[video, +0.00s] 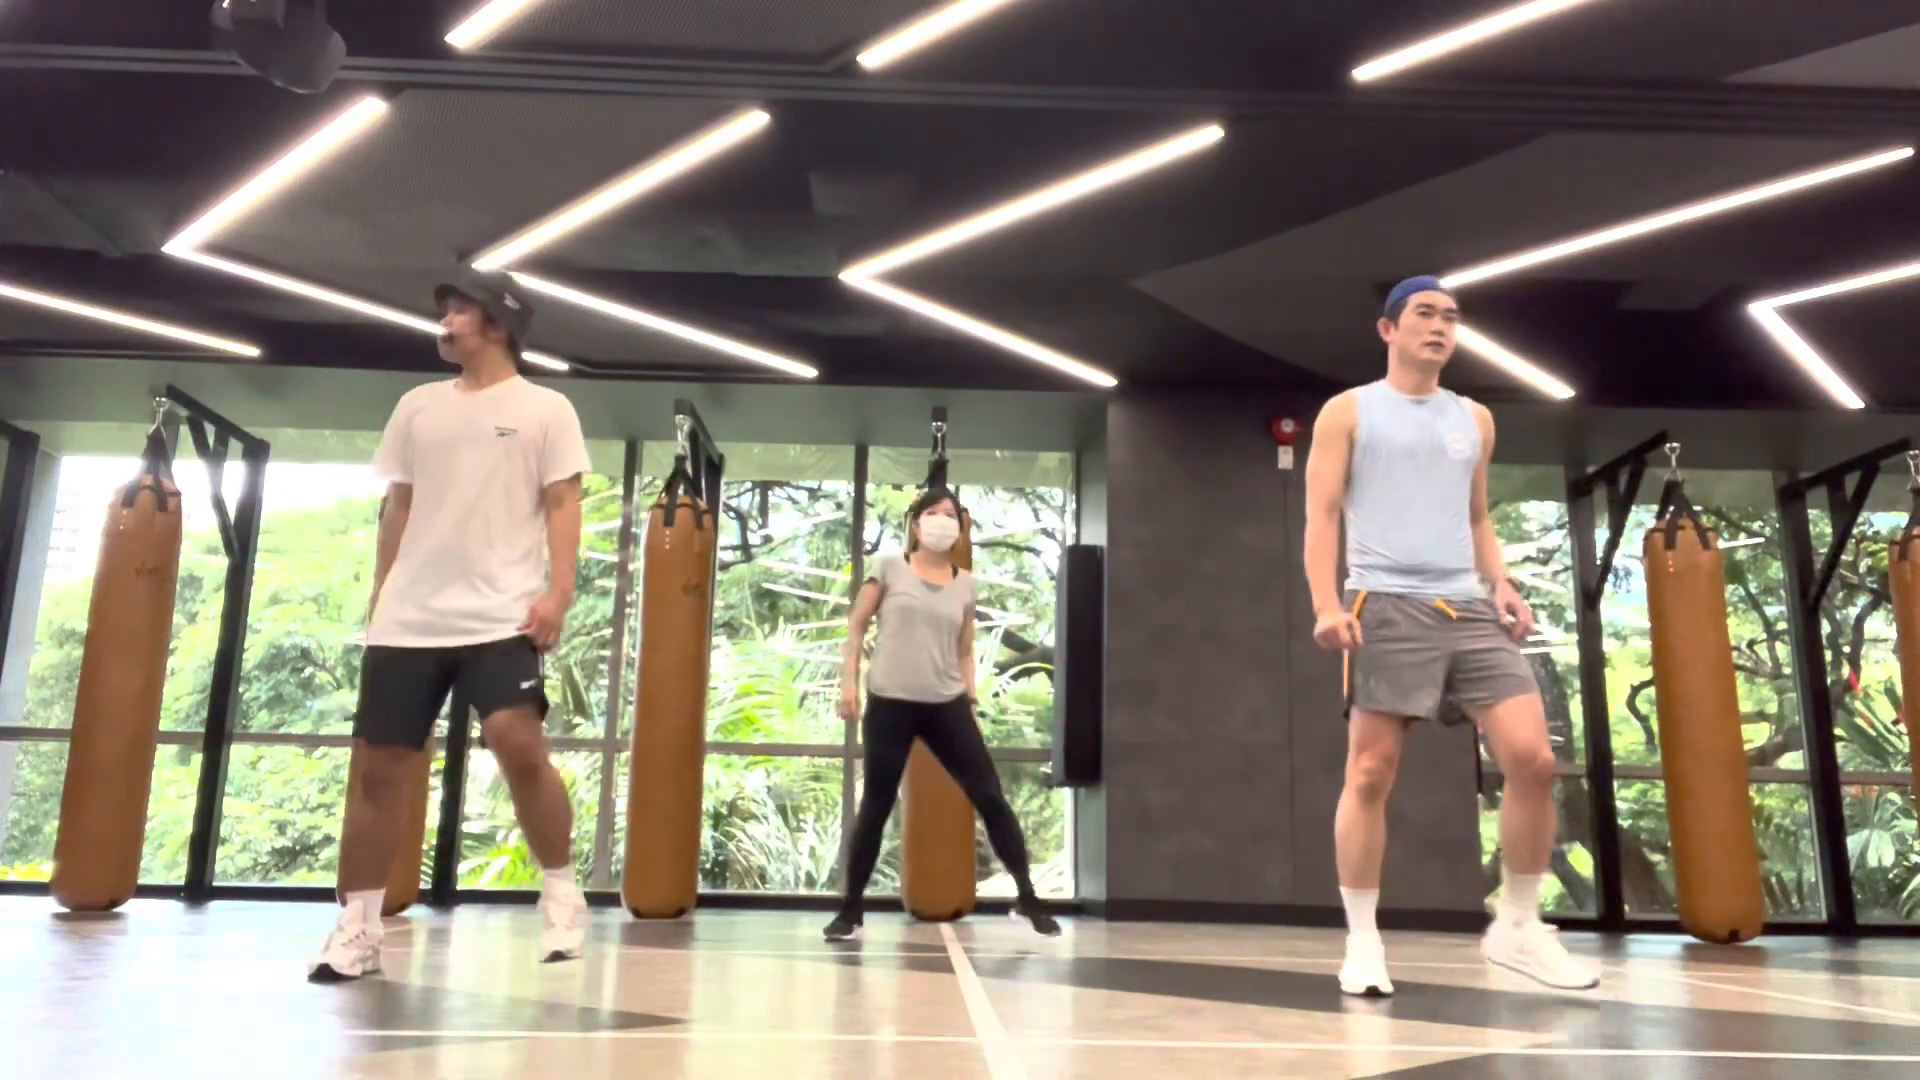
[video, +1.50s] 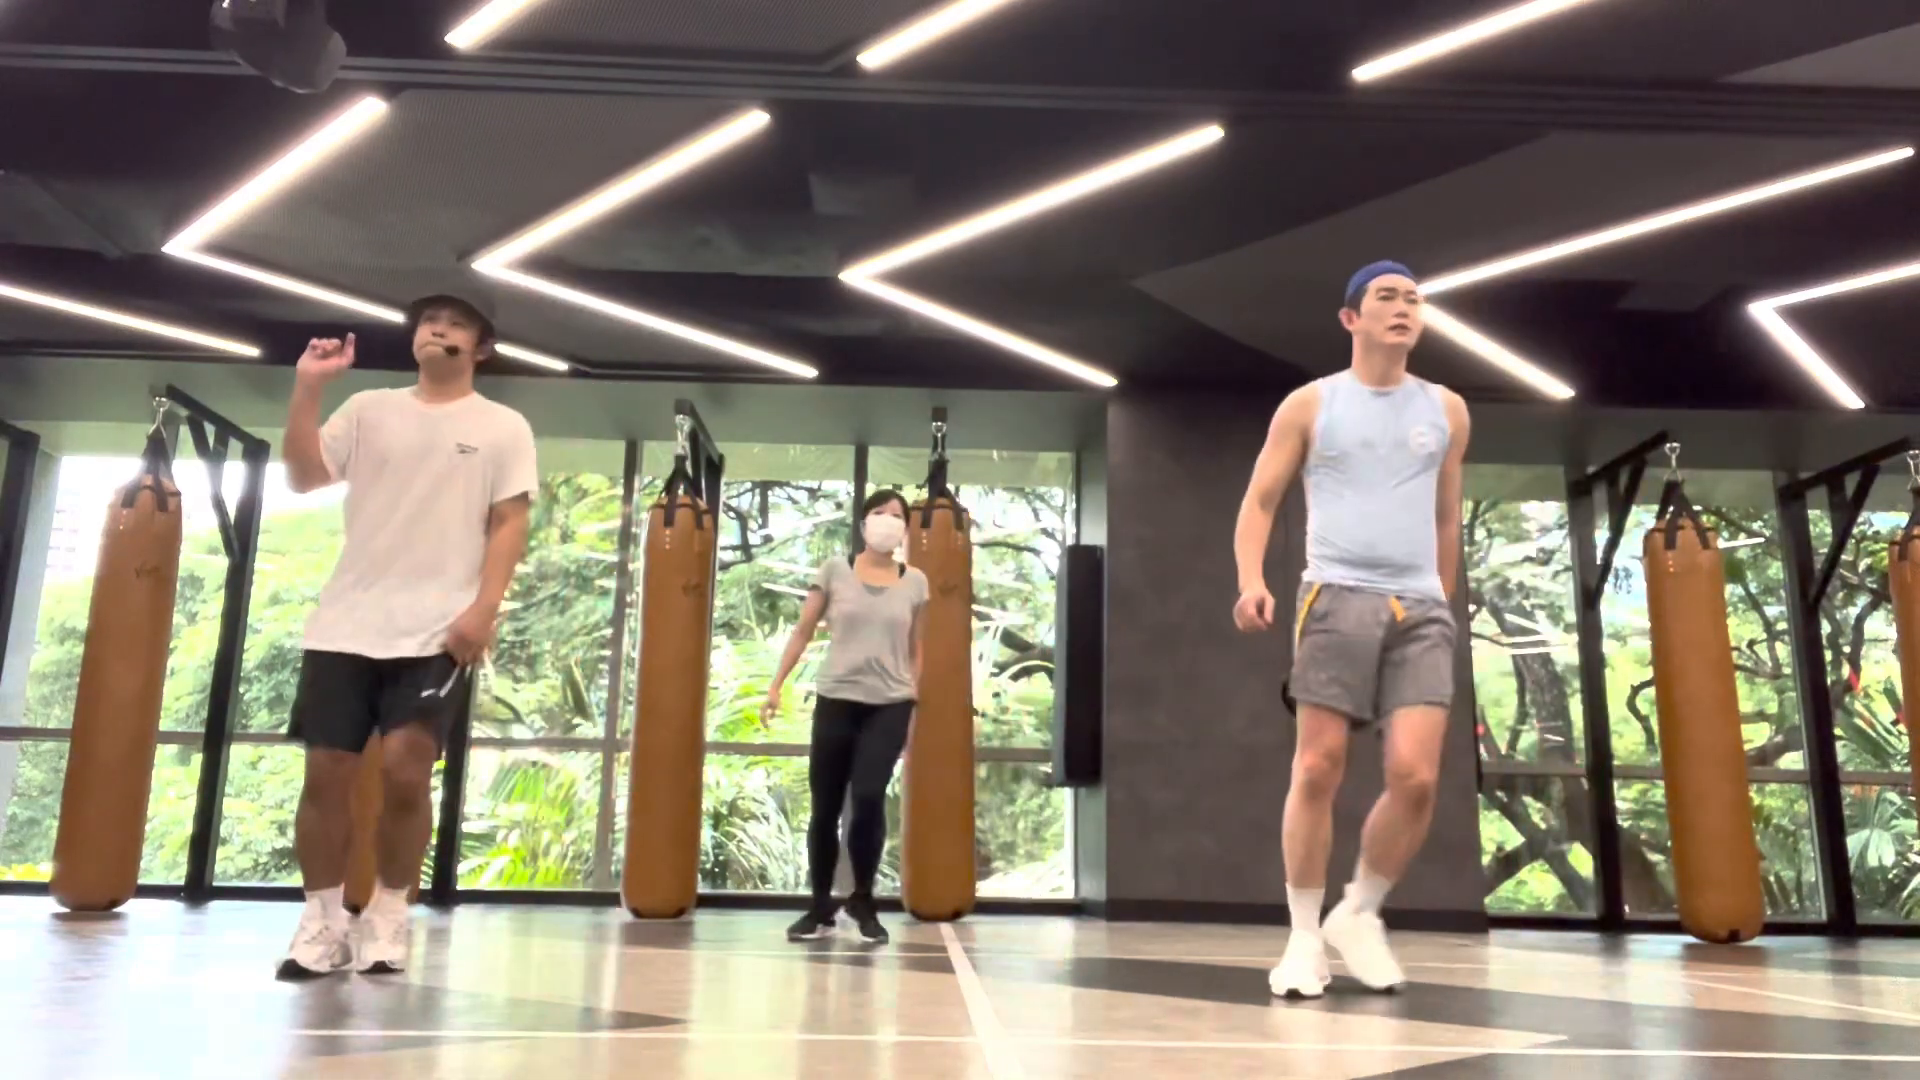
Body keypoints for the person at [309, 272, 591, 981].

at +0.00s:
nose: (445, 322)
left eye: (459, 309)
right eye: (445, 311)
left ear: (499, 321)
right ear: (454, 325)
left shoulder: (547, 409)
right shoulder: (416, 407)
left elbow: (564, 506)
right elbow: (397, 515)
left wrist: (559, 592)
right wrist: (383, 603)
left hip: (501, 614)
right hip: (408, 615)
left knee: (519, 746)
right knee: (375, 765)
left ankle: (560, 892)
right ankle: (359, 929)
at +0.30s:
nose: (518, 345)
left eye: (530, 331)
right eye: (515, 332)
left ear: (568, 335)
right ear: (523, 341)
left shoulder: (624, 418)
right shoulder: (504, 420)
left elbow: (634, 515)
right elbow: (474, 518)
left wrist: (618, 606)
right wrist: (400, 574)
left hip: (574, 630)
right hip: (486, 623)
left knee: (580, 768)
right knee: (425, 767)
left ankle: (607, 935)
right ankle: (380, 920)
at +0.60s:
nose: (578, 327)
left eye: (592, 319)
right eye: (565, 320)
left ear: (618, 338)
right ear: (550, 343)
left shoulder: (644, 415)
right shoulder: (528, 419)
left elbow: (665, 509)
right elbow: (500, 514)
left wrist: (646, 596)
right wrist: (422, 516)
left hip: (603, 622)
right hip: (521, 623)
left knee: (596, 766)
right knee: (511, 763)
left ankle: (610, 925)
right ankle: (575, 912)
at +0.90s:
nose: (554, 323)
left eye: (567, 315)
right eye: (541, 317)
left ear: (593, 334)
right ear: (524, 341)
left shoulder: (619, 408)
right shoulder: (503, 417)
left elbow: (626, 509)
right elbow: (460, 494)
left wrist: (600, 598)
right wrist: (416, 416)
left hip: (574, 615)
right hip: (488, 611)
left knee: (582, 768)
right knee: (422, 741)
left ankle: (607, 928)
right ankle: (440, 897)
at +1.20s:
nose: (487, 345)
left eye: (503, 339)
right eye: (476, 335)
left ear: (525, 362)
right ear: (456, 352)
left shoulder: (538, 441)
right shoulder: (416, 420)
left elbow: (547, 537)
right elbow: (357, 494)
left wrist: (536, 625)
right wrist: (324, 408)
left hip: (485, 640)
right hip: (391, 631)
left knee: (524, 775)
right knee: (335, 767)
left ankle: (595, 921)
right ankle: (327, 926)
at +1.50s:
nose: (441, 332)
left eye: (457, 326)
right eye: (430, 323)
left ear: (480, 348)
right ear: (412, 341)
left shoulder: (505, 428)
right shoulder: (368, 408)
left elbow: (509, 526)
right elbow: (305, 475)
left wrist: (484, 609)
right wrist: (307, 388)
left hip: (434, 627)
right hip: (346, 620)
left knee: (405, 769)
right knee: (327, 769)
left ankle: (386, 923)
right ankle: (325, 921)